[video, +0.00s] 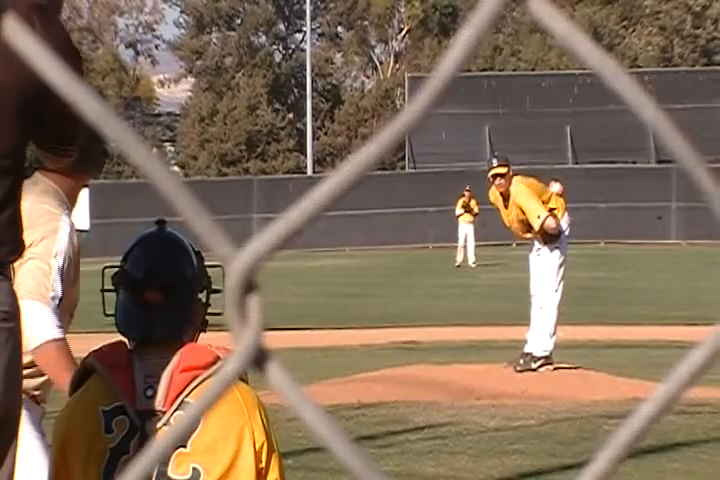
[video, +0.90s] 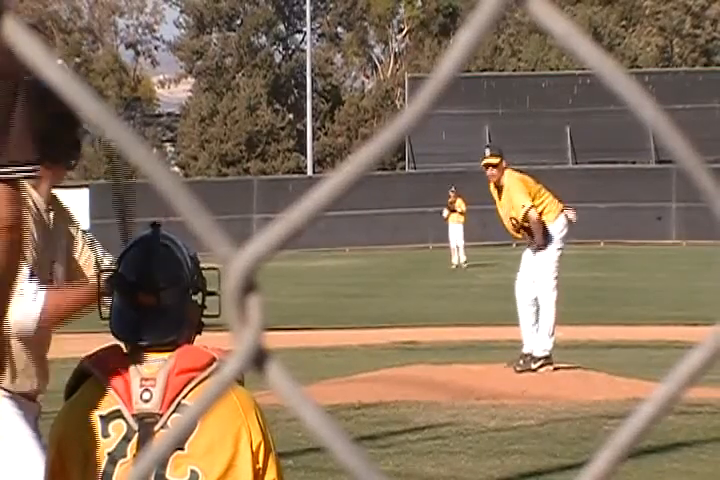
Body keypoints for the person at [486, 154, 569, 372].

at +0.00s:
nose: (499, 181)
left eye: (503, 176)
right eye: (495, 177)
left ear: (510, 175)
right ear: (490, 180)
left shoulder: (520, 190)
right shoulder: (495, 194)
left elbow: (551, 225)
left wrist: (557, 229)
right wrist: (548, 193)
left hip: (552, 238)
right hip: (536, 238)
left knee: (547, 295)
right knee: (536, 294)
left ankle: (542, 350)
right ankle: (532, 347)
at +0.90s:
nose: (490, 171)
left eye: (494, 166)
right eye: (487, 167)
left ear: (503, 165)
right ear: (484, 168)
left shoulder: (512, 182)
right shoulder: (495, 185)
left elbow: (533, 216)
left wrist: (540, 242)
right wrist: (558, 210)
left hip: (552, 225)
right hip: (535, 229)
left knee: (544, 288)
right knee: (523, 288)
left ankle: (543, 351)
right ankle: (530, 348)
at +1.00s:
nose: (491, 163)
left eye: (495, 158)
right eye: (487, 159)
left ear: (504, 158)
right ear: (484, 162)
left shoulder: (510, 175)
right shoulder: (496, 180)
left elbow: (525, 212)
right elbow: (510, 210)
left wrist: (529, 241)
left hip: (548, 226)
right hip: (531, 230)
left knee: (541, 285)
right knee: (519, 287)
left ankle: (542, 350)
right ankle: (528, 348)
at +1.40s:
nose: (504, 129)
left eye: (508, 124)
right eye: (500, 125)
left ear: (517, 125)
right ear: (498, 128)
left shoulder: (515, 150)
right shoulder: (520, 147)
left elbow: (512, 194)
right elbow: (516, 191)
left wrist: (495, 226)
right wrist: (498, 215)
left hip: (537, 214)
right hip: (544, 212)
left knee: (520, 276)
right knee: (529, 277)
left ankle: (531, 343)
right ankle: (531, 340)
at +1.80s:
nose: (512, 120)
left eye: (516, 116)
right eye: (508, 116)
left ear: (526, 117)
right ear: (507, 119)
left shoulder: (521, 143)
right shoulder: (524, 140)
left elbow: (515, 190)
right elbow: (516, 182)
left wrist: (489, 190)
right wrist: (494, 181)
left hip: (529, 216)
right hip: (530, 214)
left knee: (526, 282)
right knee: (526, 282)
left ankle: (534, 348)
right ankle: (533, 347)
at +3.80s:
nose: (511, 121)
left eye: (515, 115)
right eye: (508, 117)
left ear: (526, 115)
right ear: (507, 120)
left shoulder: (526, 144)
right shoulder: (526, 141)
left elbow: (529, 189)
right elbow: (522, 182)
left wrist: (508, 209)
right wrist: (504, 197)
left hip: (530, 215)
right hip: (528, 214)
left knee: (528, 282)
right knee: (525, 281)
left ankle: (535, 347)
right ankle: (532, 346)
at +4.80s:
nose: (500, 132)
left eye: (504, 126)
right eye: (498, 128)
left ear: (516, 123)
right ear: (499, 129)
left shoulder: (519, 148)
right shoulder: (526, 144)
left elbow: (520, 196)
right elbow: (525, 192)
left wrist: (498, 212)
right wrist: (502, 207)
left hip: (531, 217)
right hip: (539, 215)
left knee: (504, 278)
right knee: (526, 284)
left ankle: (526, 342)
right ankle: (532, 343)